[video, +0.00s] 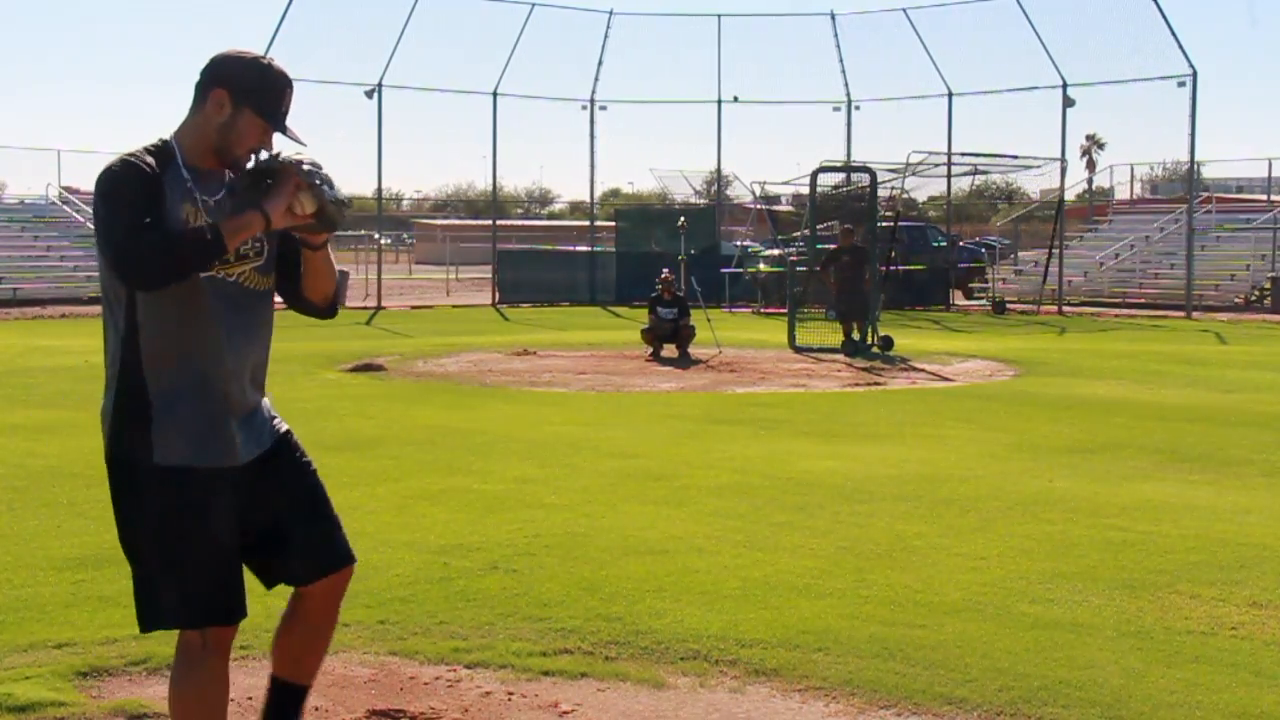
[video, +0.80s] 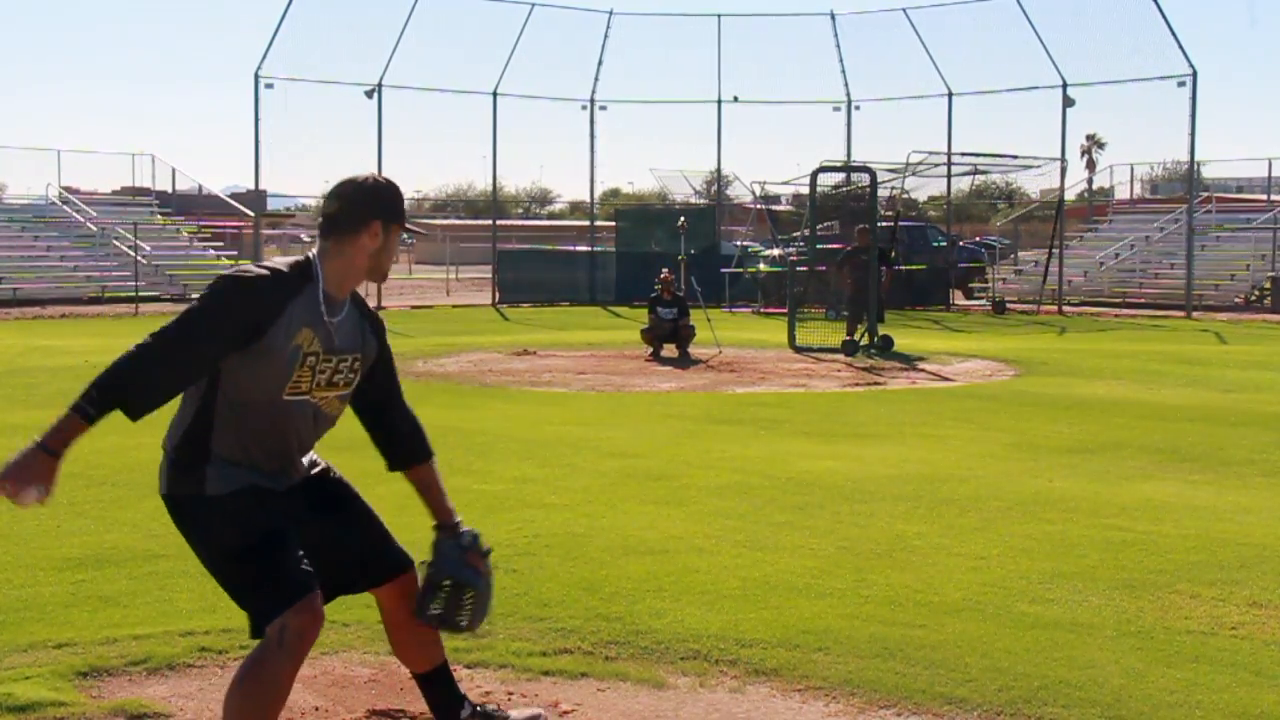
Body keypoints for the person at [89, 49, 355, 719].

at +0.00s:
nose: (267, 144)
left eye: (272, 131)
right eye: (263, 126)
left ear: (228, 112)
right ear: (219, 103)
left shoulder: (251, 189)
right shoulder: (131, 179)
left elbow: (316, 299)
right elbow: (141, 265)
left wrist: (312, 236)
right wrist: (257, 216)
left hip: (250, 427)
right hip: (167, 442)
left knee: (328, 567)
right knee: (209, 622)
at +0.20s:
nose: (273, 145)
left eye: (283, 134)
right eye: (264, 128)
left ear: (291, 136)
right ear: (228, 112)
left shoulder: (278, 193)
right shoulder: (144, 169)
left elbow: (349, 286)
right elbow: (105, 232)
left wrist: (303, 199)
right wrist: (221, 173)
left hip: (263, 399)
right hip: (176, 433)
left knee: (342, 497)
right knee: (208, 618)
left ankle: (425, 667)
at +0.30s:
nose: (268, 141)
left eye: (284, 134)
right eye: (261, 122)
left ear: (296, 141)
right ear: (230, 108)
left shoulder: (288, 194)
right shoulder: (160, 172)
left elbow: (365, 274)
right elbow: (110, 219)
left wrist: (309, 183)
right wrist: (221, 158)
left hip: (266, 384)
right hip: (183, 420)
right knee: (217, 610)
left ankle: (419, 581)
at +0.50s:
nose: (327, 161)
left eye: (331, 149)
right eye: (322, 145)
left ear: (313, 142)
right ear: (282, 130)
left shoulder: (321, 203)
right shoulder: (197, 186)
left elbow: (369, 300)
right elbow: (130, 247)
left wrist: (319, 218)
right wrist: (242, 186)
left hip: (268, 391)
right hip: (195, 425)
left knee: (344, 358)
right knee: (228, 608)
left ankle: (374, 565)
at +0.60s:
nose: (351, 175)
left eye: (353, 162)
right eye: (347, 159)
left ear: (310, 158)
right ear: (313, 153)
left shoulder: (330, 241)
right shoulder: (212, 221)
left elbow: (337, 358)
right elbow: (114, 315)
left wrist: (313, 328)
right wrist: (239, 319)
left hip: (279, 418)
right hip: (200, 439)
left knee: (373, 451)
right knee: (248, 603)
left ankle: (388, 653)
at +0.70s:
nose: (372, 215)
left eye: (374, 202)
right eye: (372, 200)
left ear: (323, 194)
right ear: (345, 196)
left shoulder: (341, 292)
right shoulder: (226, 265)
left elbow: (344, 394)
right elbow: (130, 358)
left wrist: (346, 478)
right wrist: (157, 473)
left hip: (291, 450)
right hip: (211, 462)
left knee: (388, 537)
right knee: (277, 605)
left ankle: (427, 706)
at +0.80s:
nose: (399, 252)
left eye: (400, 238)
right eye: (398, 236)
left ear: (357, 234)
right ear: (372, 235)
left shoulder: (365, 330)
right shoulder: (255, 295)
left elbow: (396, 426)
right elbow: (149, 362)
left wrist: (448, 523)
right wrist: (50, 447)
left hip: (293, 474)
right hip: (210, 479)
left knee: (397, 578)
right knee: (298, 609)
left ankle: (453, 713)